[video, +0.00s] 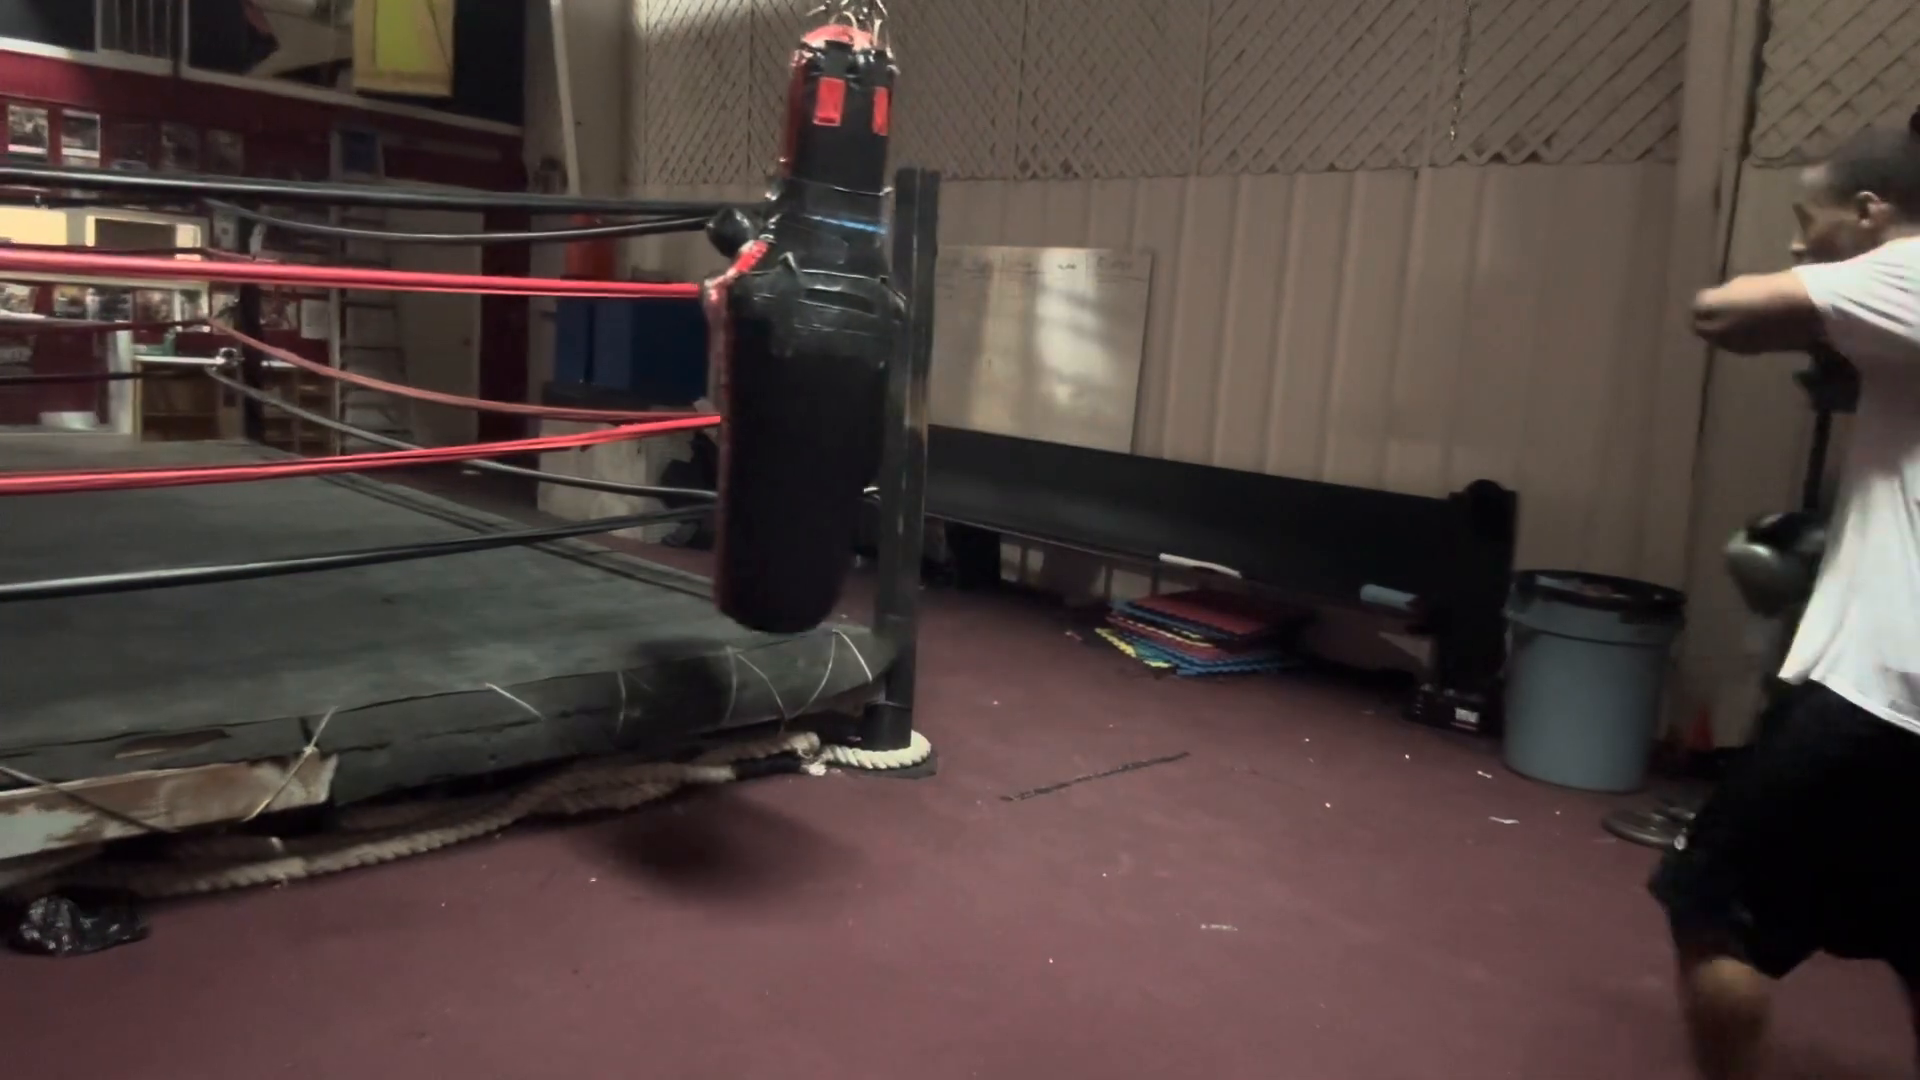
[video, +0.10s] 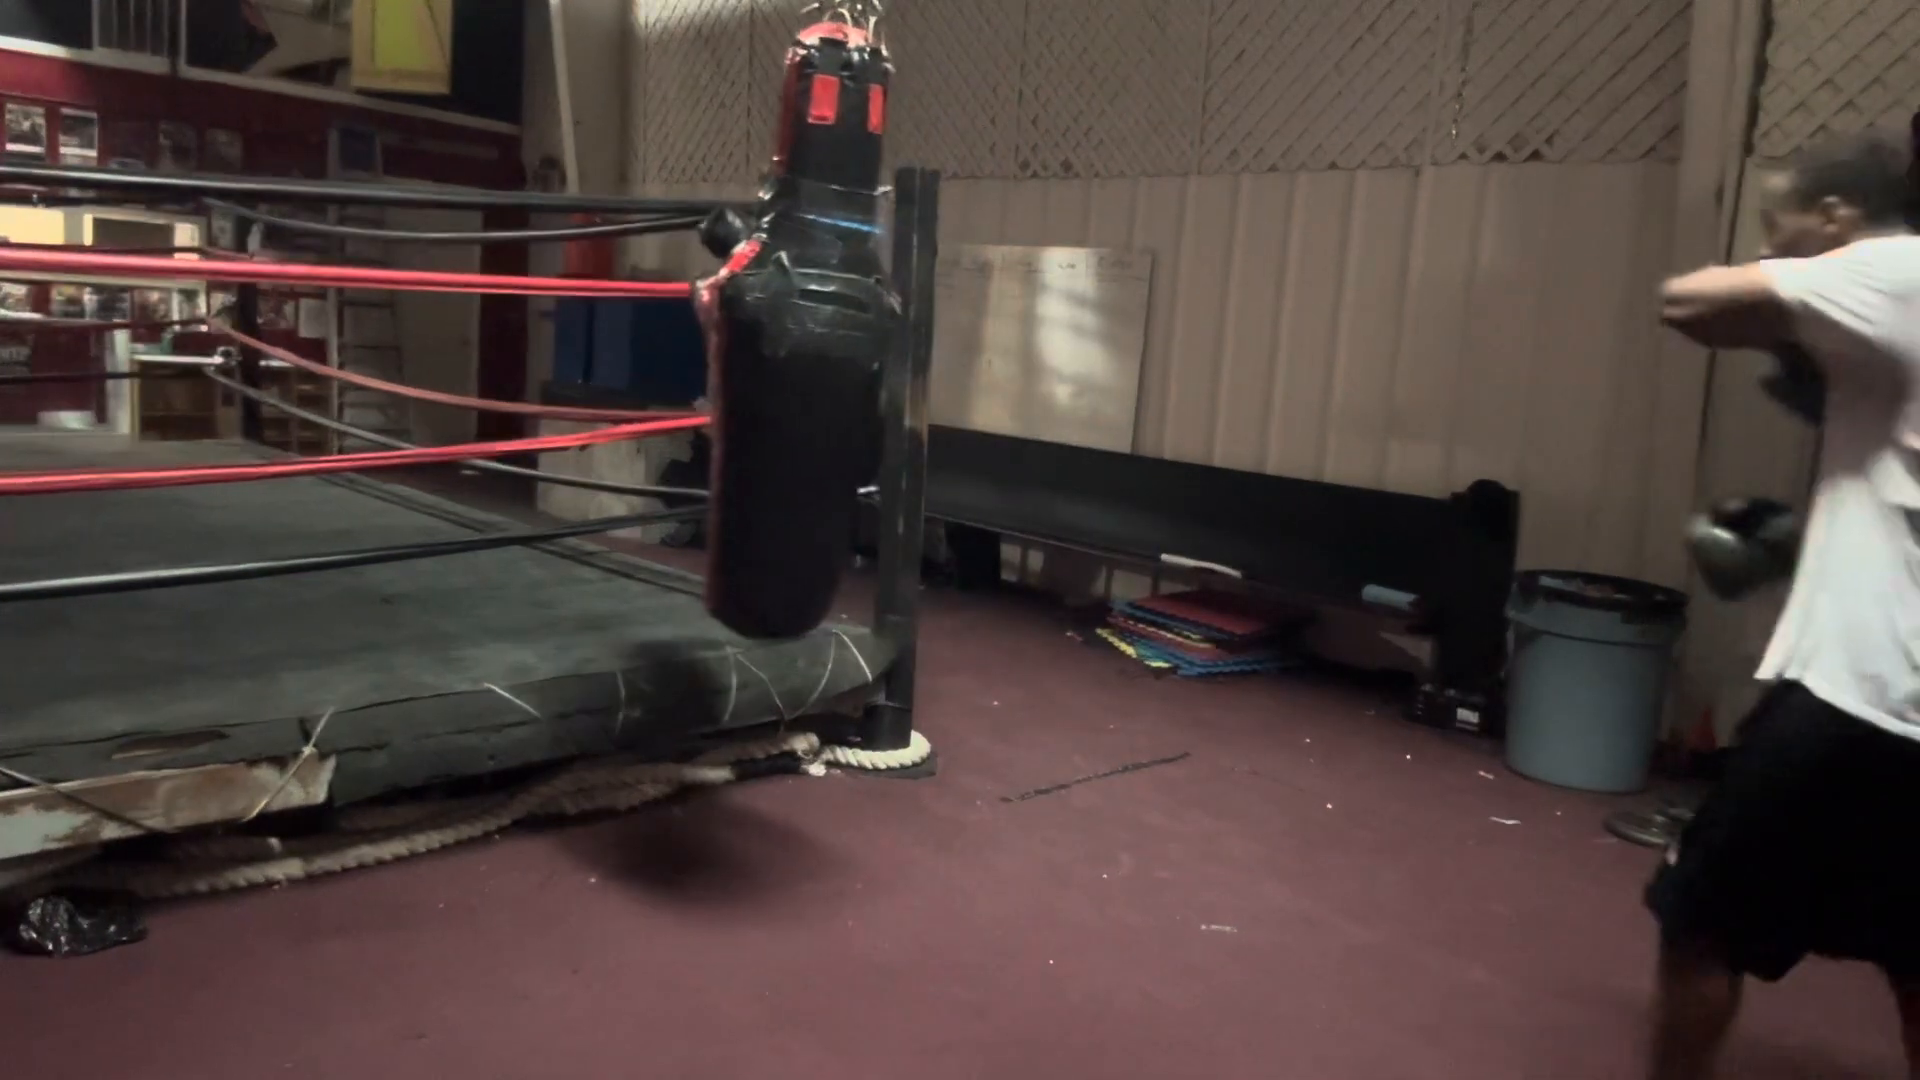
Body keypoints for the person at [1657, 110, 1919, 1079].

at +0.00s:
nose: (1803, 249)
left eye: (1815, 228)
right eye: (1803, 231)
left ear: (1872, 213)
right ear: (1883, 215)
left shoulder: (1909, 274)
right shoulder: (1898, 283)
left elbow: (1715, 310)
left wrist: (1817, 281)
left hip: (1885, 678)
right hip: (1882, 674)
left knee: (1710, 899)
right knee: (1910, 941)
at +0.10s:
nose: (1775, 251)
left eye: (1783, 230)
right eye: (1772, 233)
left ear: (1843, 218)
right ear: (1859, 221)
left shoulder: (1905, 271)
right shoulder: (1894, 284)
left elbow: (1685, 299)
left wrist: (1807, 303)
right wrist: (1798, 536)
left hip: (1865, 690)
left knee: (1699, 919)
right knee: (1916, 960)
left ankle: (1676, 1065)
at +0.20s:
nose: (1713, 252)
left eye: (1723, 233)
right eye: (1712, 235)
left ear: (1773, 220)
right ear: (1807, 221)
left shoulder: (1847, 279)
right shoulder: (1896, 295)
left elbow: (1622, 297)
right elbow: (1857, 477)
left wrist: (1728, 310)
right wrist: (1729, 504)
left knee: (1655, 894)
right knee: (1845, 920)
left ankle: (1637, 1065)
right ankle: (1887, 1060)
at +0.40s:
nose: (1661, 231)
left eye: (1669, 212)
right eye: (1659, 212)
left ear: (1715, 205)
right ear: (1771, 203)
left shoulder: (1763, 279)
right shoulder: (1869, 304)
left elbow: (1564, 268)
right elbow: (1773, 431)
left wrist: (1655, 298)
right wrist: (1659, 383)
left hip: (1705, 660)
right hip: (1781, 666)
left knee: (1634, 896)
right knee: (1691, 860)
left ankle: (1637, 1073)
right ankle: (1803, 1040)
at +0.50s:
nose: (1647, 226)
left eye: (1654, 210)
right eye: (1647, 210)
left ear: (1698, 201)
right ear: (1755, 201)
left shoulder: (1743, 275)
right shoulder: (1848, 297)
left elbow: (1551, 262)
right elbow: (1741, 401)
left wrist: (1631, 304)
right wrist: (1628, 361)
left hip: (1689, 651)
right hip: (1757, 652)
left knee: (1633, 890)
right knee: (1661, 857)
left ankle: (1638, 1073)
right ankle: (1769, 1043)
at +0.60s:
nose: (1624, 217)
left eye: (1632, 200)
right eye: (1625, 200)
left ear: (1676, 196)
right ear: (1720, 195)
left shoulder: (1729, 268)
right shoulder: (1809, 289)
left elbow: (1535, 255)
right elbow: (1707, 394)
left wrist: (1621, 260)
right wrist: (1599, 344)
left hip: (1675, 632)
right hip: (1727, 630)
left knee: (1631, 881)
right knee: (1619, 850)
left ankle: (1638, 1070)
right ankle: (1690, 1035)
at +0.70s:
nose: (1594, 221)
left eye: (1604, 206)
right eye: (1595, 206)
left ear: (1655, 204)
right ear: (1675, 204)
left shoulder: (1726, 273)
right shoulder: (1766, 285)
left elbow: (1520, 258)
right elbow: (1661, 416)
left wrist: (1597, 254)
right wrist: (1577, 340)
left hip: (1666, 626)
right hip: (1651, 613)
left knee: (1641, 871)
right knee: (1559, 809)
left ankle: (1642, 1063)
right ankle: (1566, 999)